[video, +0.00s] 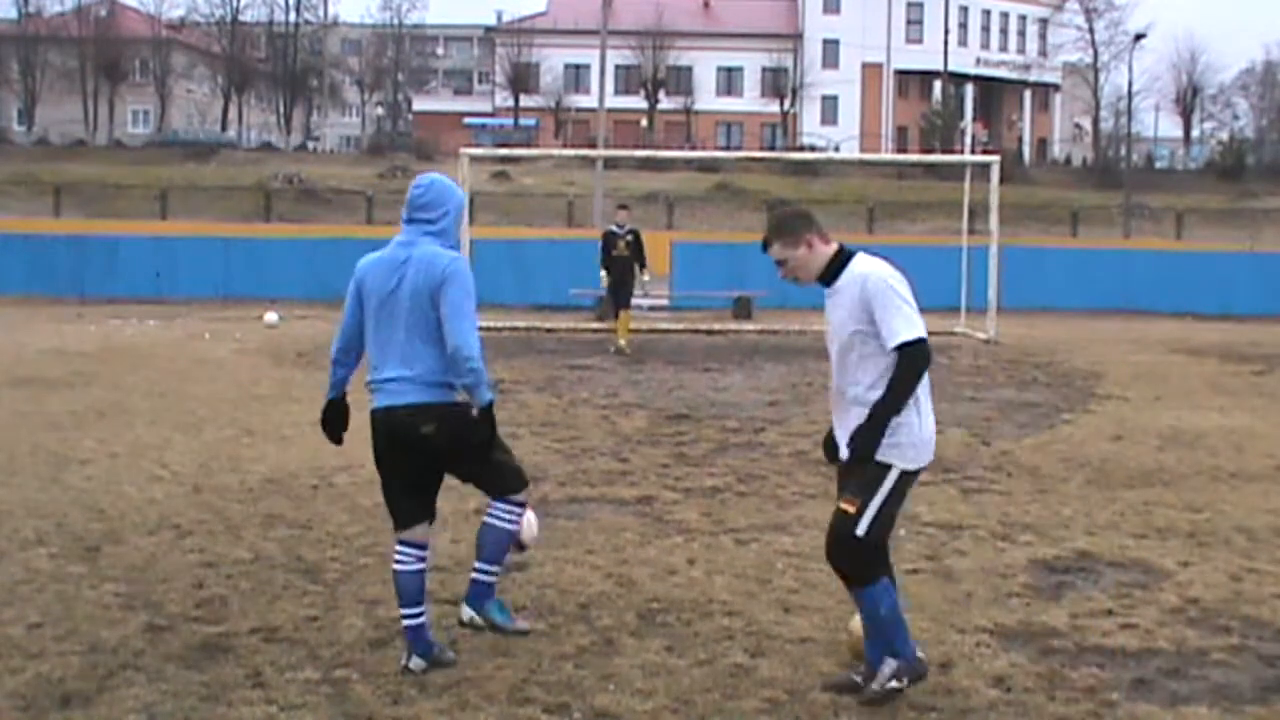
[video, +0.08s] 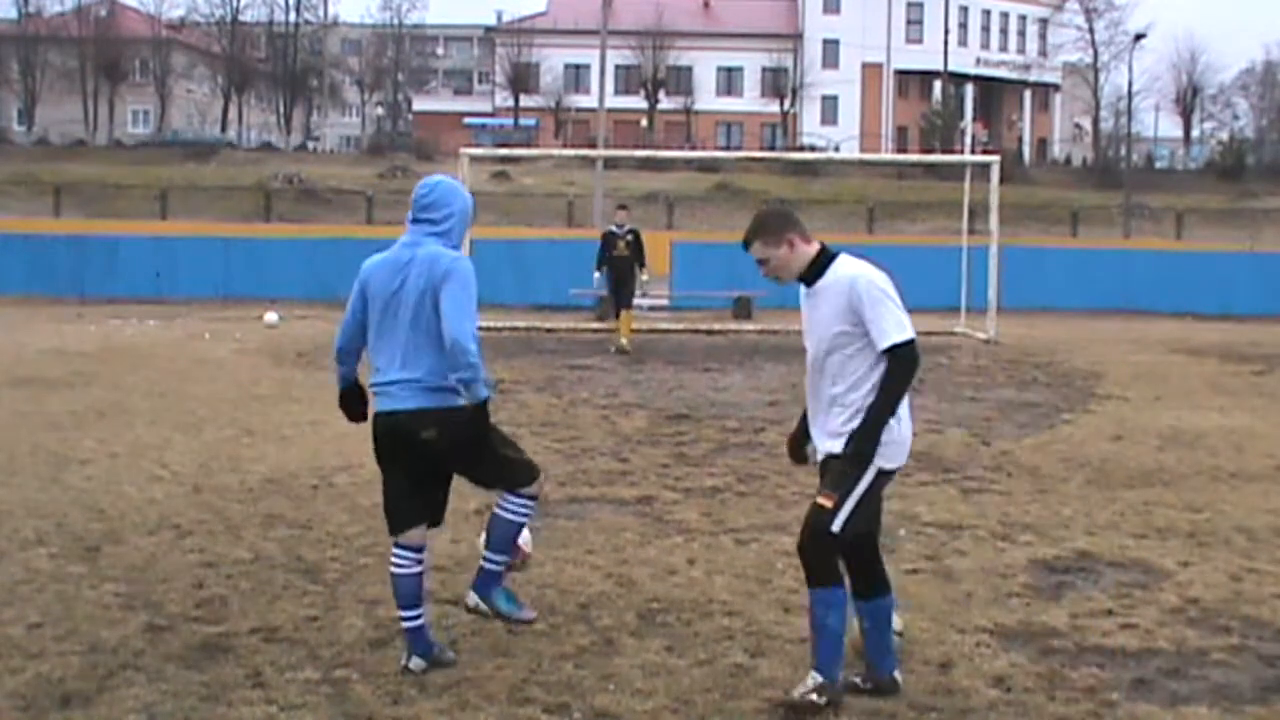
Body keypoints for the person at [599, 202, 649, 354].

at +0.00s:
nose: (622, 218)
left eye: (625, 215)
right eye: (619, 214)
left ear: (629, 216)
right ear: (615, 216)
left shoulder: (634, 233)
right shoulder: (608, 234)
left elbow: (640, 253)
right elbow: (604, 254)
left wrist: (643, 269)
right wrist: (604, 271)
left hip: (628, 273)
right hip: (613, 273)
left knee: (625, 306)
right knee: (617, 307)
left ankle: (623, 339)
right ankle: (620, 339)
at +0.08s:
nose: (621, 218)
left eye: (624, 215)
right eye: (618, 215)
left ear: (628, 216)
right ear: (614, 216)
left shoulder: (634, 234)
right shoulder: (607, 235)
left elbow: (640, 253)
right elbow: (602, 254)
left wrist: (643, 270)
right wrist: (598, 269)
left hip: (629, 274)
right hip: (613, 274)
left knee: (626, 306)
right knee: (617, 307)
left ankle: (624, 338)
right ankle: (619, 338)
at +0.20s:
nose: (620, 218)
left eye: (623, 215)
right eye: (618, 215)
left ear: (628, 216)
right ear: (614, 216)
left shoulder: (634, 233)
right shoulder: (608, 235)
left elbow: (640, 252)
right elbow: (600, 255)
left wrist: (642, 268)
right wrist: (593, 272)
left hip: (631, 273)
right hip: (615, 273)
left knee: (629, 306)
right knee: (618, 307)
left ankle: (627, 338)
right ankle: (620, 338)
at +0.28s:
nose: (620, 218)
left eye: (623, 215)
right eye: (618, 214)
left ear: (628, 216)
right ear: (614, 216)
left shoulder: (634, 233)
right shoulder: (608, 235)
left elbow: (640, 252)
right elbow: (600, 255)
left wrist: (643, 268)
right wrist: (591, 273)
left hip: (631, 274)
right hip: (616, 274)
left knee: (631, 307)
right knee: (619, 309)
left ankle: (630, 338)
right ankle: (620, 340)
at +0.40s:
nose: (621, 219)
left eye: (624, 215)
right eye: (619, 215)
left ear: (629, 216)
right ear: (615, 217)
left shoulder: (635, 233)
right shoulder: (610, 235)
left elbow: (642, 251)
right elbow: (602, 256)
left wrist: (646, 268)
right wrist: (594, 273)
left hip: (633, 273)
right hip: (617, 274)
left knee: (634, 306)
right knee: (619, 308)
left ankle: (635, 338)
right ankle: (622, 339)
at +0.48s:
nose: (623, 219)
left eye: (626, 215)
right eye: (621, 215)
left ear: (630, 217)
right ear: (617, 217)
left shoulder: (637, 234)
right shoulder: (612, 235)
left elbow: (643, 251)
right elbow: (605, 256)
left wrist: (647, 267)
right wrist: (598, 273)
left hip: (634, 274)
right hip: (618, 275)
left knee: (637, 307)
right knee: (620, 309)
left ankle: (638, 336)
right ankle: (621, 338)